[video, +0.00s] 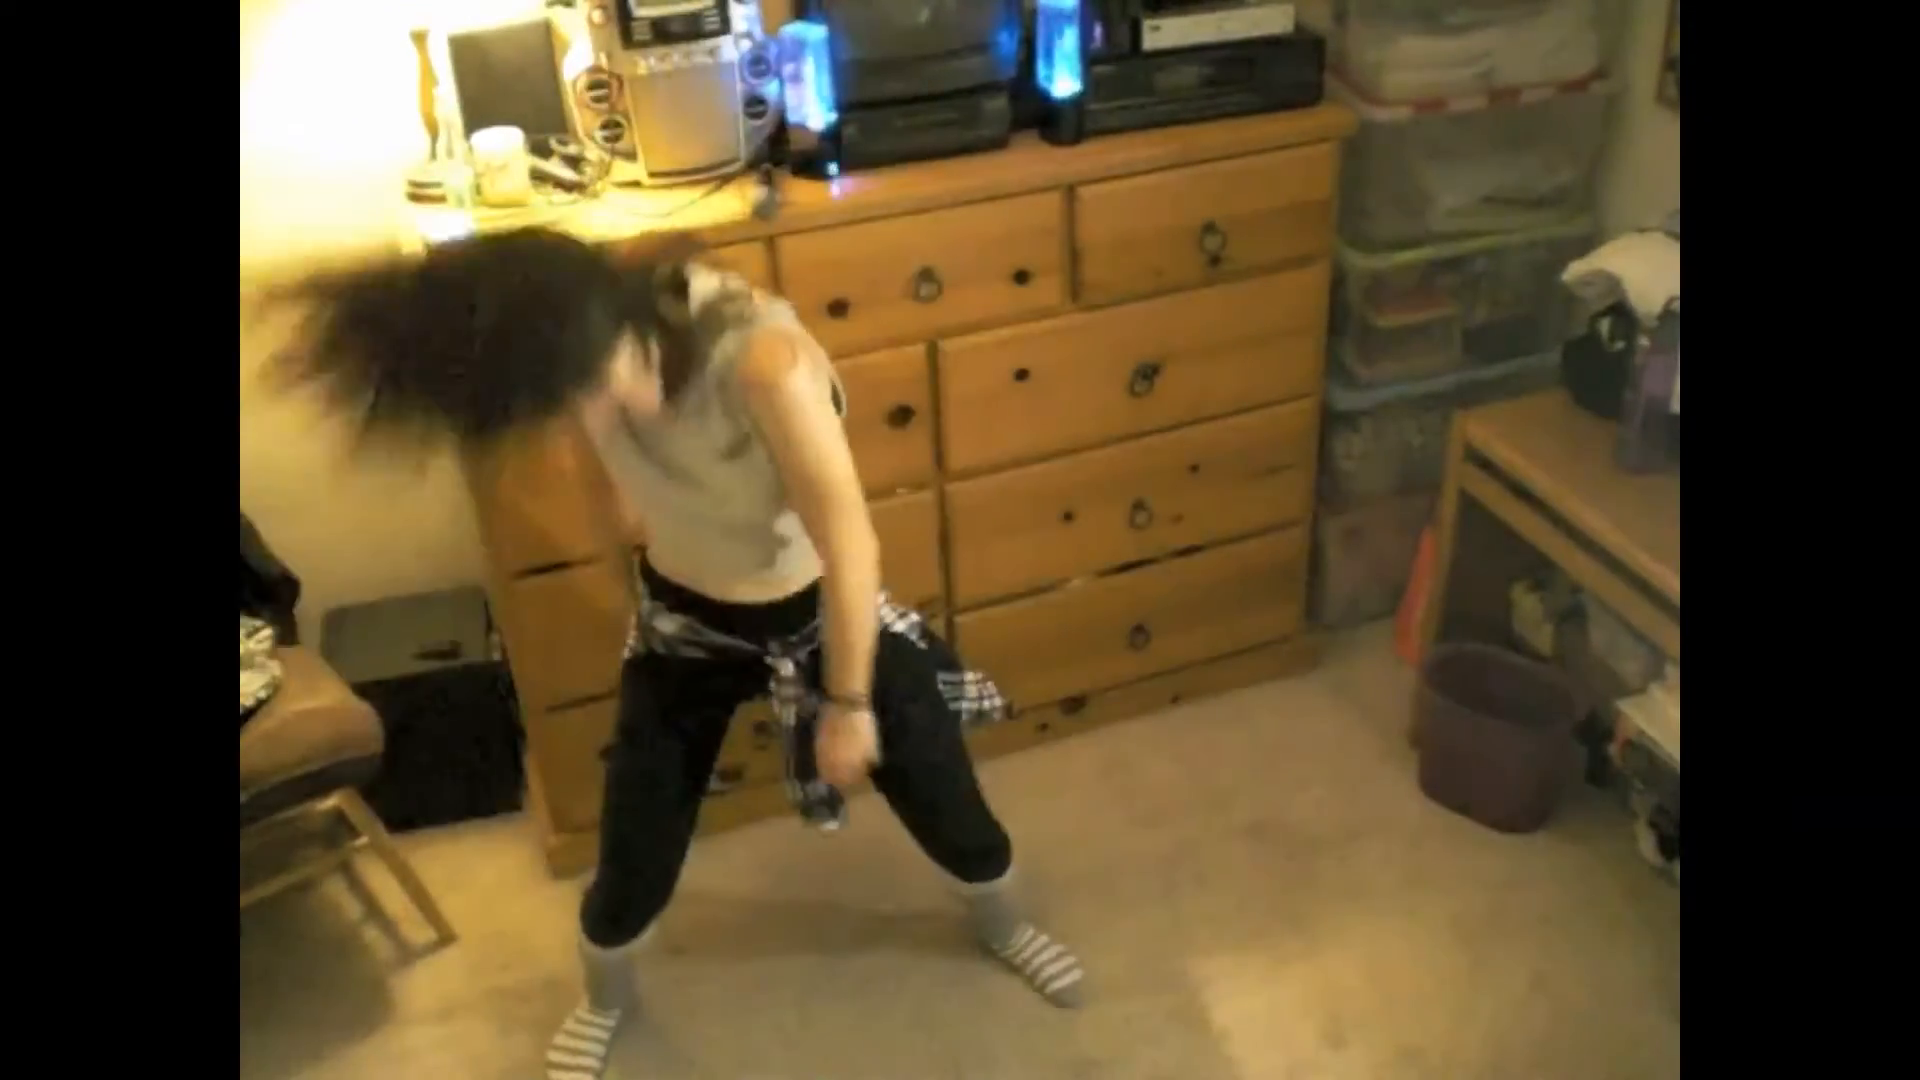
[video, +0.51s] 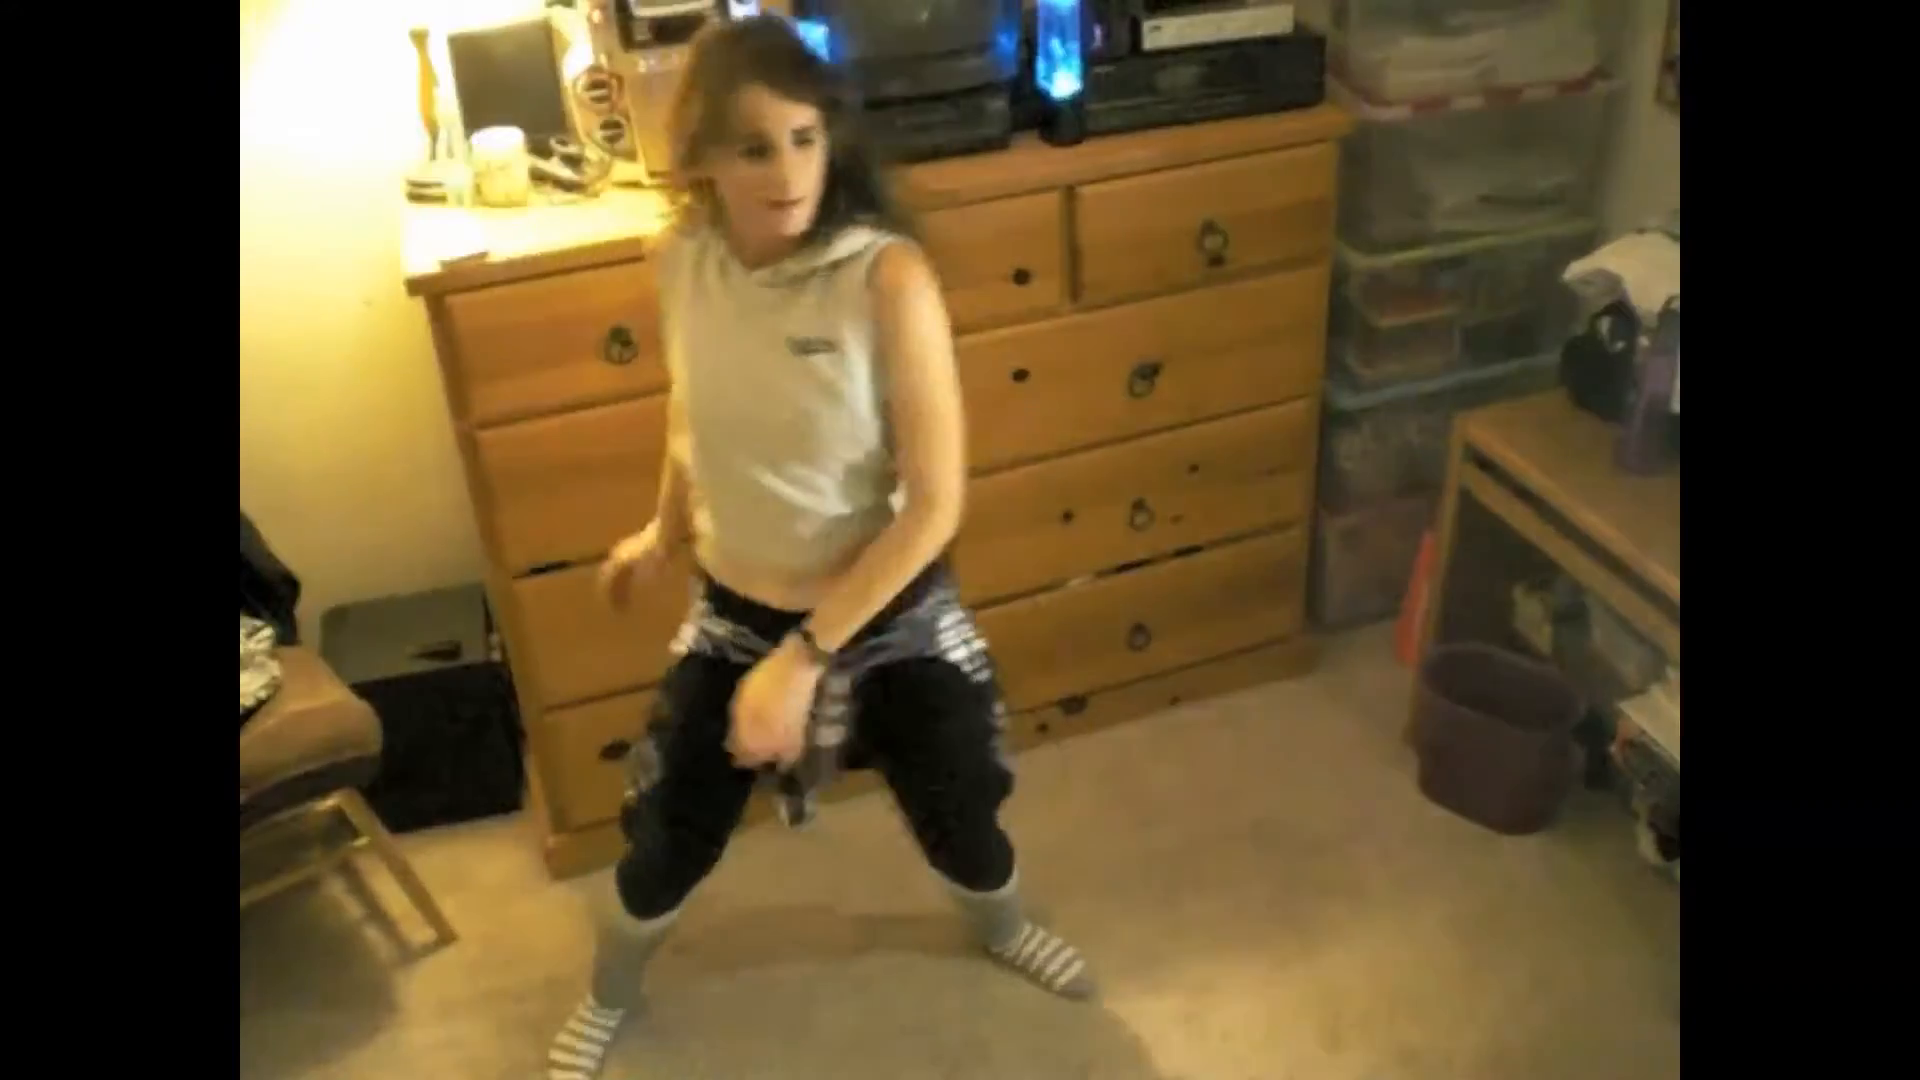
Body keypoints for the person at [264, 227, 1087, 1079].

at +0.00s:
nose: (597, 413)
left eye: (598, 387)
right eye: (574, 402)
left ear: (624, 334)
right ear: (554, 388)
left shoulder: (760, 354)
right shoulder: (586, 374)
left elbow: (847, 535)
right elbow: (610, 528)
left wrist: (848, 705)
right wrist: (585, 429)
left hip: (825, 605)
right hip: (686, 615)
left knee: (953, 810)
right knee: (638, 851)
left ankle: (1006, 922)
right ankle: (604, 999)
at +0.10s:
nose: (600, 312)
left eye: (608, 277)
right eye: (570, 301)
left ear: (650, 224)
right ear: (547, 300)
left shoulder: (765, 317)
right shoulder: (584, 324)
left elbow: (833, 511)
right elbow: (623, 459)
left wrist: (826, 674)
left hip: (826, 601)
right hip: (683, 611)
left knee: (932, 801)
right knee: (633, 837)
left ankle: (1000, 919)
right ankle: (603, 999)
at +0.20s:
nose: (660, 195)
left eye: (677, 163)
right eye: (628, 170)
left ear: (725, 163)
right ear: (587, 182)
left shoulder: (777, 299)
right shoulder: (581, 283)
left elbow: (861, 485)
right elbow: (647, 433)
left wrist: (829, 645)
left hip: (823, 603)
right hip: (681, 609)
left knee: (932, 818)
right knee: (633, 843)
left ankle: (1000, 923)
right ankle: (600, 1004)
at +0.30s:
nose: (702, 170)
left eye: (724, 138)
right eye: (668, 142)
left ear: (757, 156)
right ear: (622, 164)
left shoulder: (809, 307)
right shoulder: (599, 275)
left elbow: (886, 496)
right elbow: (649, 423)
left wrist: (836, 656)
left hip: (832, 615)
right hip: (682, 623)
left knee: (934, 818)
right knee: (629, 846)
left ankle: (993, 926)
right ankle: (601, 1002)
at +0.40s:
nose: (734, 172)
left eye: (756, 142)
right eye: (702, 147)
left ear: (788, 152)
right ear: (656, 162)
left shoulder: (844, 299)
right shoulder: (639, 273)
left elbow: (898, 501)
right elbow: (656, 420)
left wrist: (828, 666)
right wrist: (651, 546)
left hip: (850, 619)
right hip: (696, 620)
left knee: (942, 824)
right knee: (639, 842)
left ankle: (989, 926)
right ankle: (599, 997)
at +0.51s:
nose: (784, 174)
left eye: (802, 141)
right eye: (750, 149)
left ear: (833, 142)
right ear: (700, 162)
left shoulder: (887, 276)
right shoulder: (684, 266)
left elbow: (933, 500)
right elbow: (686, 409)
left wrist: (804, 654)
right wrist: (666, 526)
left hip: (894, 615)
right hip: (737, 617)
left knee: (966, 799)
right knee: (668, 839)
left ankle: (998, 925)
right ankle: (608, 996)